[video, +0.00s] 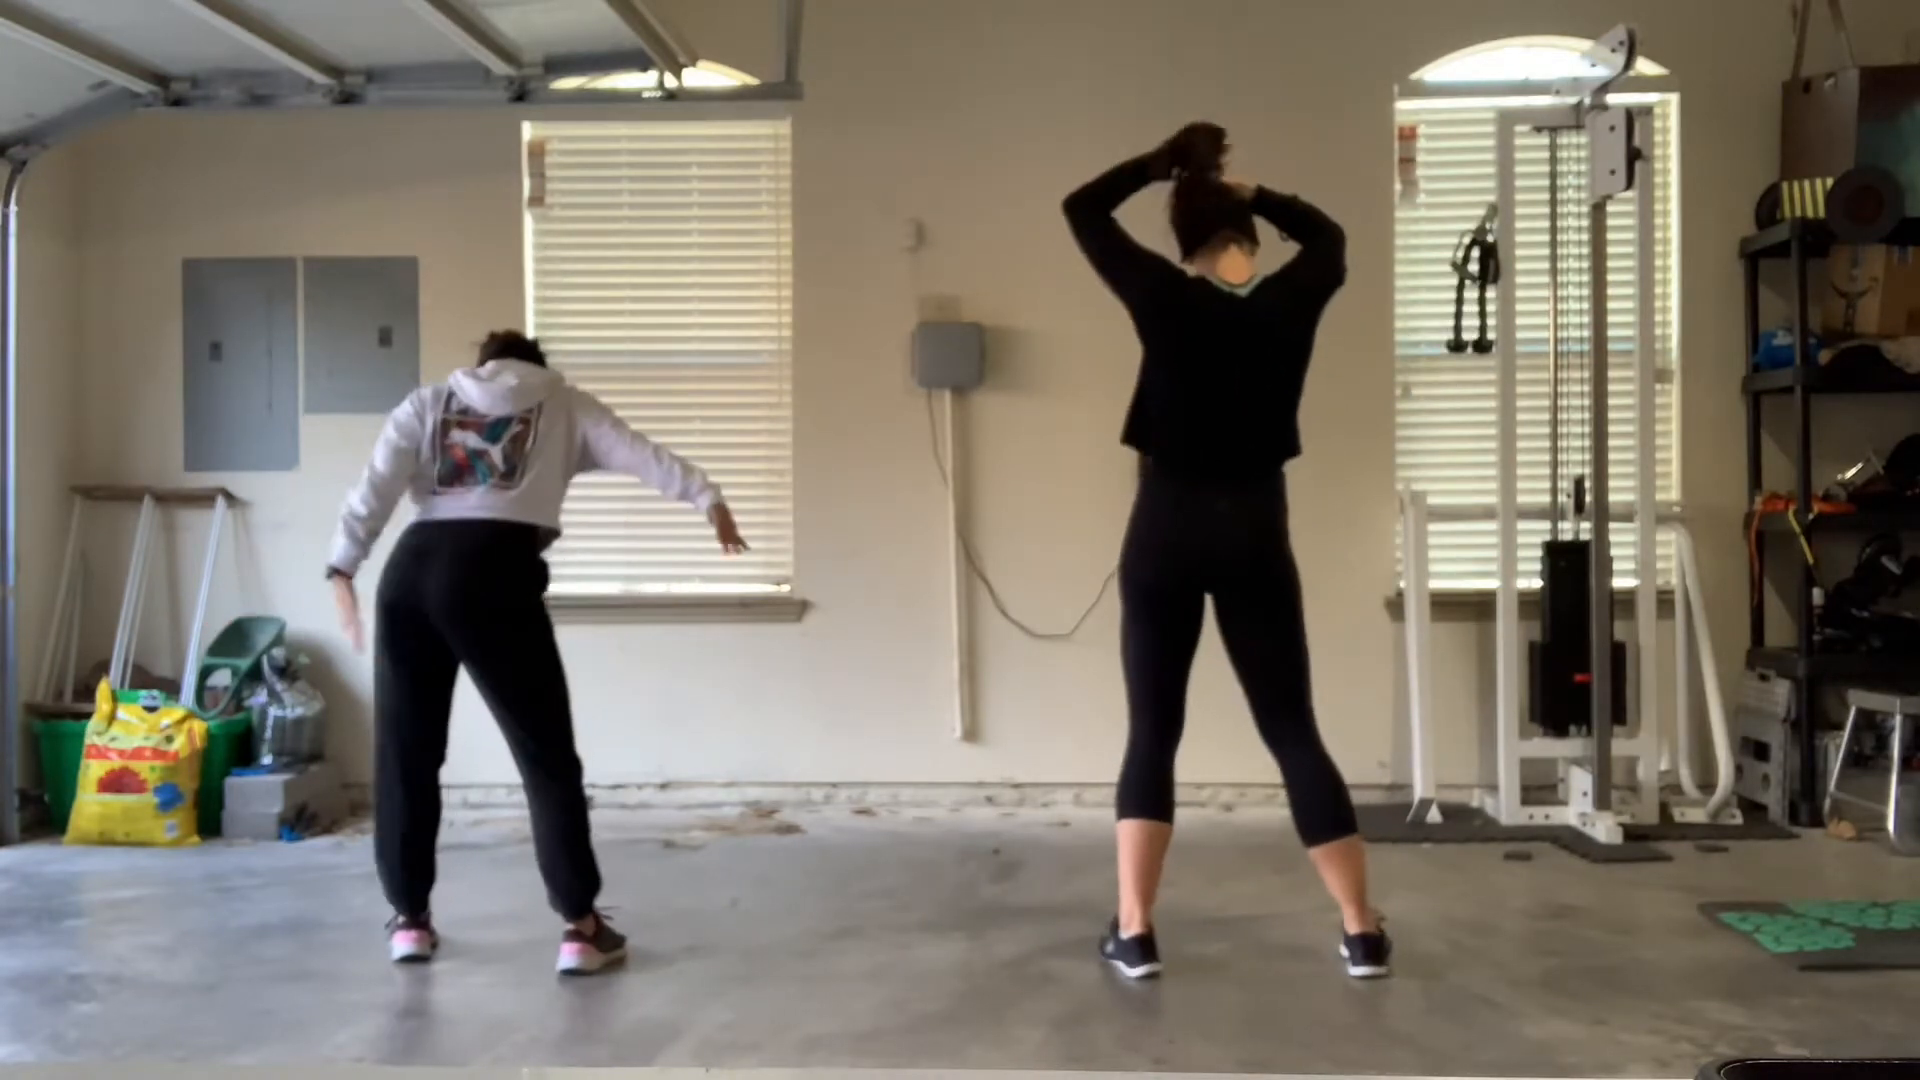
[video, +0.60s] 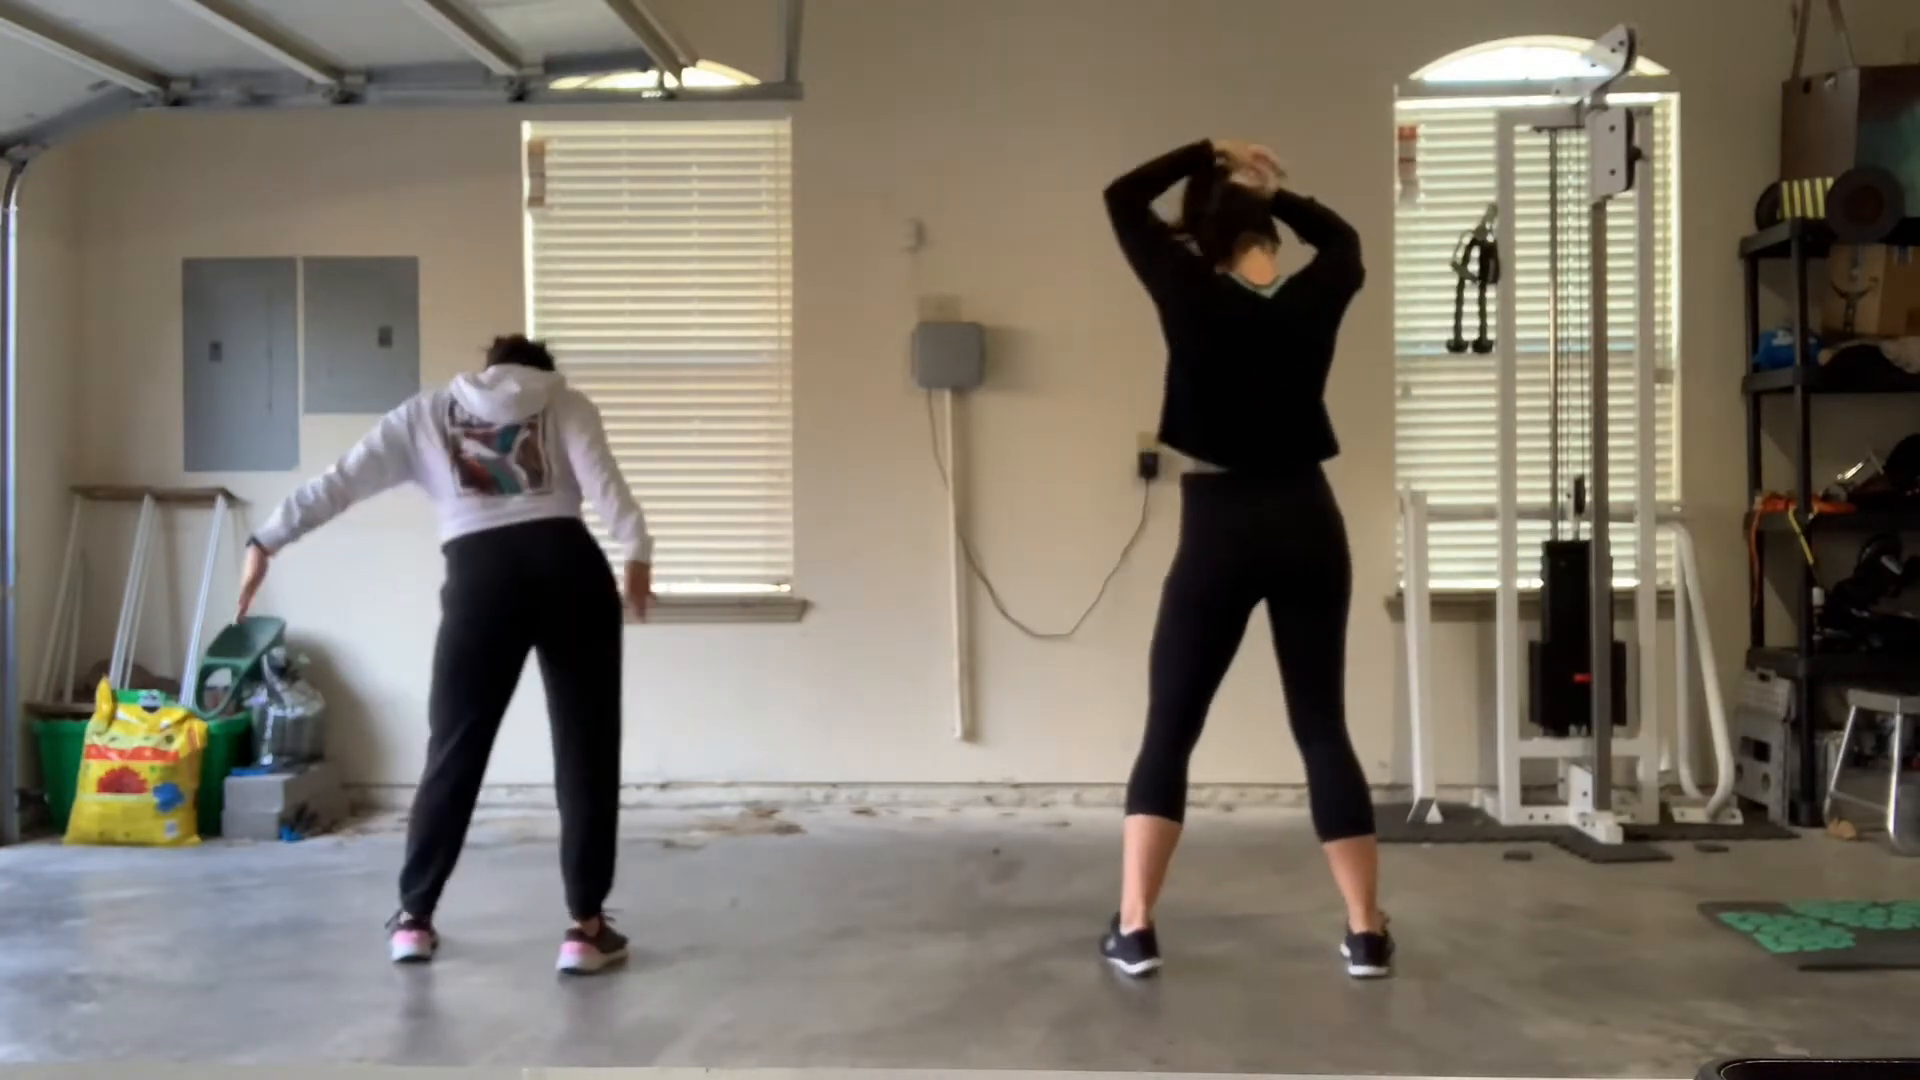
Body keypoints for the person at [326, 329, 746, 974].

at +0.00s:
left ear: (479, 365)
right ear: (541, 368)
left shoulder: (429, 401)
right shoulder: (564, 401)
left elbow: (381, 477)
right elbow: (632, 450)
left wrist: (342, 562)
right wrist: (711, 498)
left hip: (413, 577)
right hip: (498, 577)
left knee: (406, 757)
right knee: (548, 758)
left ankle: (409, 921)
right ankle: (581, 926)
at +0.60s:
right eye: (553, 376)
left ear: (486, 368)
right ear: (545, 372)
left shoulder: (427, 411)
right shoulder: (564, 401)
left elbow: (342, 479)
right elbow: (598, 471)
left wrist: (264, 542)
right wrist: (638, 553)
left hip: (482, 576)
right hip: (571, 567)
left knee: (454, 750)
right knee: (588, 754)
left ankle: (414, 920)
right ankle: (586, 925)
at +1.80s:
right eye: (563, 379)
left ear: (505, 364)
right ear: (558, 372)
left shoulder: (439, 405)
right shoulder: (566, 399)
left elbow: (385, 495)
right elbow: (566, 473)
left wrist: (340, 581)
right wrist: (568, 568)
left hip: (442, 564)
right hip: (526, 560)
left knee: (429, 748)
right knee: (563, 753)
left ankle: (410, 920)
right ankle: (579, 924)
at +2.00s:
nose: (578, 400)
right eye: (578, 390)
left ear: (514, 373)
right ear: (566, 381)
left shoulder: (442, 417)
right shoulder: (572, 404)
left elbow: (393, 515)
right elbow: (590, 486)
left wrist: (363, 603)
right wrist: (619, 576)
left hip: (479, 571)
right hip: (566, 561)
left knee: (453, 747)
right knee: (585, 750)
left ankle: (414, 919)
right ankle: (583, 924)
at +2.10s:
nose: (584, 397)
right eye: (582, 387)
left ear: (515, 374)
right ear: (569, 380)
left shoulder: (446, 415)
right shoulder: (579, 404)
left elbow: (400, 517)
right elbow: (620, 485)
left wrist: (361, 606)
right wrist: (679, 575)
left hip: (475, 570)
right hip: (563, 564)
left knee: (451, 748)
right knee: (580, 751)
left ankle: (413, 920)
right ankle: (582, 925)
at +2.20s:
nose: (589, 396)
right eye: (585, 386)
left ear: (517, 376)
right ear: (576, 382)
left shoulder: (454, 414)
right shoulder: (586, 409)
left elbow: (403, 512)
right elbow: (648, 491)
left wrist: (348, 596)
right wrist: (728, 564)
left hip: (457, 571)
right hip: (546, 568)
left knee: (442, 756)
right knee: (565, 755)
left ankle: (412, 921)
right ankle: (580, 926)